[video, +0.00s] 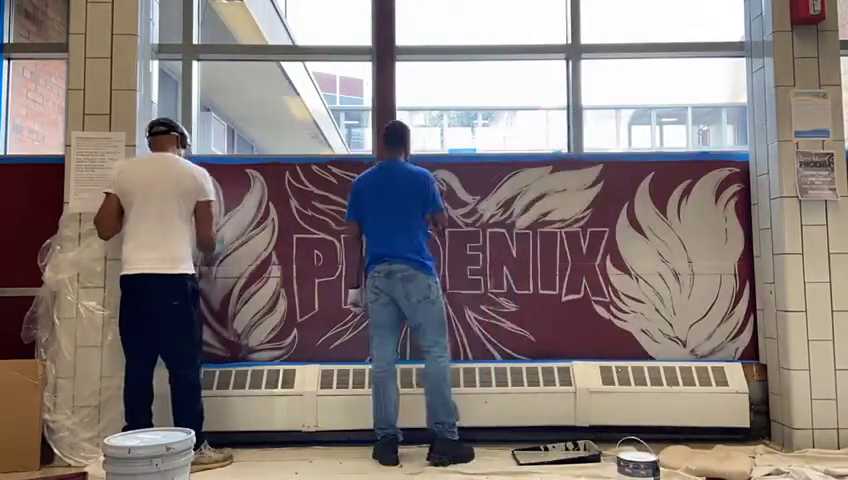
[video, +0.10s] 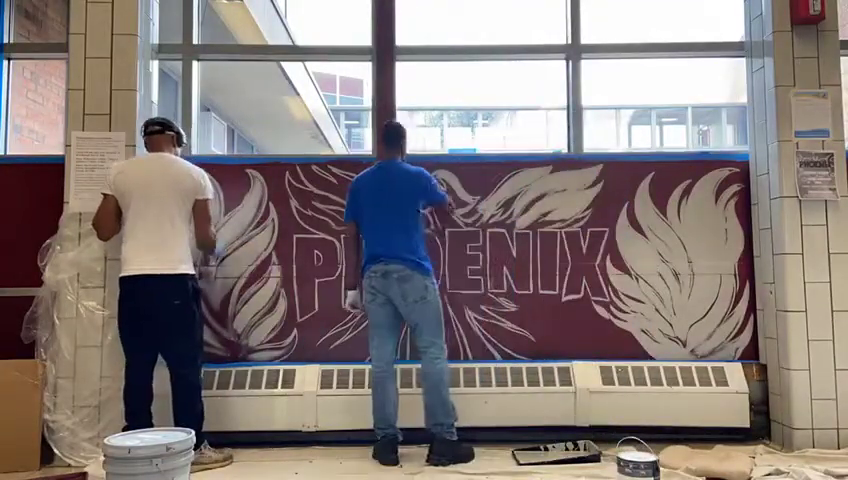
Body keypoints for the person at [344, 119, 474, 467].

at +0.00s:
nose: (398, 151)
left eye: (383, 144)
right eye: (406, 145)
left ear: (380, 145)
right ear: (408, 146)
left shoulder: (361, 182)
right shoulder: (422, 177)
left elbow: (355, 231)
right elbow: (440, 220)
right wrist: (417, 211)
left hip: (377, 275)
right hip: (416, 273)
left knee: (382, 358)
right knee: (435, 352)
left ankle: (386, 442)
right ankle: (445, 439)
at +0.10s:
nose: (397, 150)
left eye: (385, 143)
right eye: (402, 144)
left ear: (378, 145)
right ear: (405, 145)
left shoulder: (359, 182)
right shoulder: (417, 176)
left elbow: (353, 232)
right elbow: (443, 203)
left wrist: (354, 282)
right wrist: (424, 191)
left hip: (374, 275)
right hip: (412, 273)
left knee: (381, 359)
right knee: (432, 353)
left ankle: (386, 443)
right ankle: (444, 440)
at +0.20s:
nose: (421, 153)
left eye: (413, 146)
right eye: (422, 148)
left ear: (392, 144)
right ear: (420, 147)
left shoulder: (369, 180)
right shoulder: (431, 179)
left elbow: (361, 232)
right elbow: (439, 227)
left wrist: (366, 273)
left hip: (383, 273)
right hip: (422, 273)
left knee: (386, 357)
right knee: (433, 354)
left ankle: (386, 443)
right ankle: (443, 442)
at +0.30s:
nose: (416, 154)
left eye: (408, 147)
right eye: (419, 149)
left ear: (390, 144)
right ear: (418, 149)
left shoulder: (364, 181)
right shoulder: (426, 179)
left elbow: (360, 230)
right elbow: (440, 223)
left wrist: (363, 278)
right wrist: (417, 200)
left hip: (378, 274)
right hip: (417, 272)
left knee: (383, 358)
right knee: (431, 354)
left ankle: (386, 443)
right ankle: (442, 442)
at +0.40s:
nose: (426, 151)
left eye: (415, 144)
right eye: (430, 145)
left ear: (405, 144)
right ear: (433, 146)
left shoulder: (379, 180)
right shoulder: (443, 180)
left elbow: (369, 232)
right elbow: (462, 221)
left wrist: (369, 279)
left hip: (390, 273)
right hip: (430, 272)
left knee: (388, 358)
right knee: (436, 354)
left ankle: (387, 442)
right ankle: (442, 442)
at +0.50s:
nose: (423, 147)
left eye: (418, 140)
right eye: (425, 142)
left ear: (402, 141)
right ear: (428, 145)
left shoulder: (377, 179)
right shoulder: (436, 176)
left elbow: (367, 233)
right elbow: (444, 228)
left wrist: (365, 280)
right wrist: (446, 270)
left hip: (389, 272)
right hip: (430, 272)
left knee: (388, 356)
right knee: (435, 354)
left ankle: (386, 437)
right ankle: (440, 436)